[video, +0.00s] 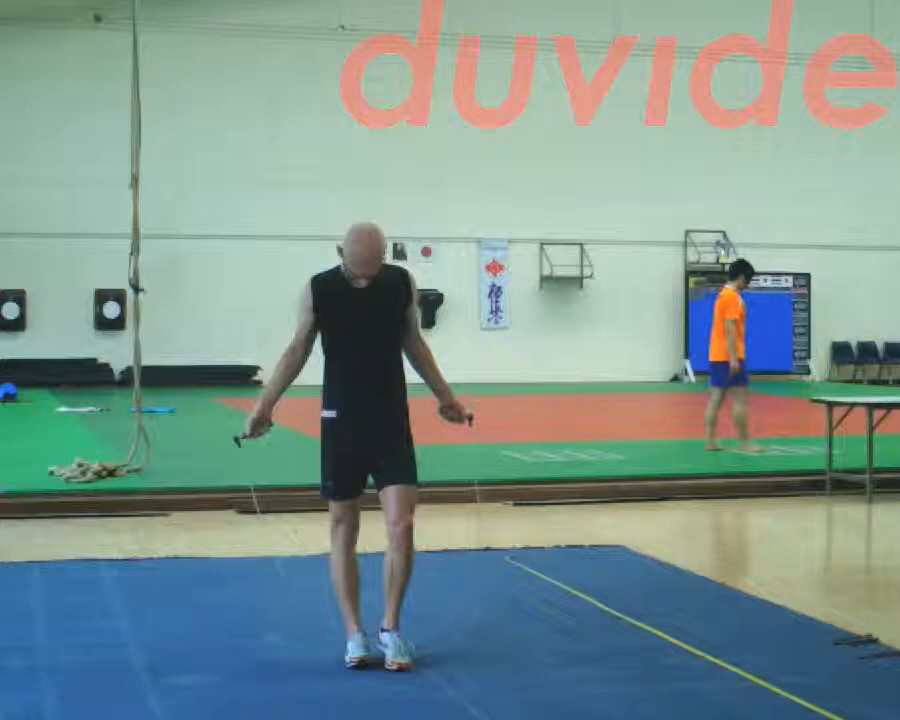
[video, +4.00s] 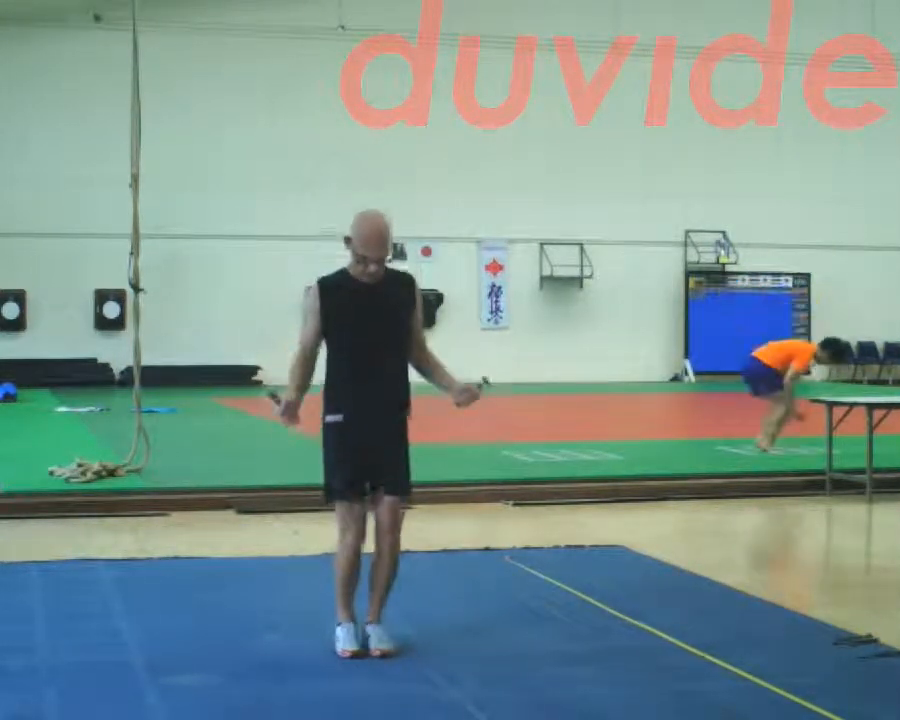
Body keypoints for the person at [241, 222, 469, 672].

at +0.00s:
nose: (364, 278)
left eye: (371, 271)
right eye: (357, 271)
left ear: (384, 256)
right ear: (342, 254)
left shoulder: (400, 282)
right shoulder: (319, 289)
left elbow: (414, 344)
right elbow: (295, 353)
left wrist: (446, 398)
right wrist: (263, 409)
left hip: (391, 421)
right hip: (342, 424)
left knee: (402, 524)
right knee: (343, 526)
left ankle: (391, 630)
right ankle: (354, 634)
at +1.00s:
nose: (381, 277)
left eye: (389, 268)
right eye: (373, 269)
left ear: (401, 256)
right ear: (357, 254)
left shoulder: (416, 294)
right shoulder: (333, 295)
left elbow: (424, 353)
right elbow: (313, 354)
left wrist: (459, 387)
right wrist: (295, 399)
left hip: (398, 426)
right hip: (350, 426)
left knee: (398, 530)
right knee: (357, 532)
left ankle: (382, 632)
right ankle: (354, 632)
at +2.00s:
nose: (382, 258)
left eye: (390, 250)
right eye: (374, 250)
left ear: (401, 238)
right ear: (359, 235)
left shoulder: (416, 271)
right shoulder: (333, 274)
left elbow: (428, 331)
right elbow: (305, 332)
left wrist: (459, 377)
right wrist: (283, 388)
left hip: (400, 404)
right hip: (353, 405)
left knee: (396, 509)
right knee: (357, 511)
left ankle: (386, 618)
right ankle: (354, 619)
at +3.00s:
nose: (376, 240)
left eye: (383, 232)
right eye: (368, 233)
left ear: (394, 222)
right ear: (353, 220)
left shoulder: (409, 258)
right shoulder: (329, 262)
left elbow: (417, 324)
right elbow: (308, 324)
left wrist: (450, 366)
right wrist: (288, 377)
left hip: (395, 392)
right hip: (349, 393)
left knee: (390, 498)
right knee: (355, 499)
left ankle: (379, 608)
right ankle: (350, 609)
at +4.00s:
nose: (372, 268)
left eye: (380, 259)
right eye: (363, 260)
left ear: (391, 248)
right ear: (348, 247)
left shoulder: (406, 287)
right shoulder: (323, 292)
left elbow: (418, 351)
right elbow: (307, 353)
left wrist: (453, 385)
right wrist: (293, 397)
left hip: (391, 421)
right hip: (343, 421)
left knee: (389, 523)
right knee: (351, 527)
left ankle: (375, 622)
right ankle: (345, 622)